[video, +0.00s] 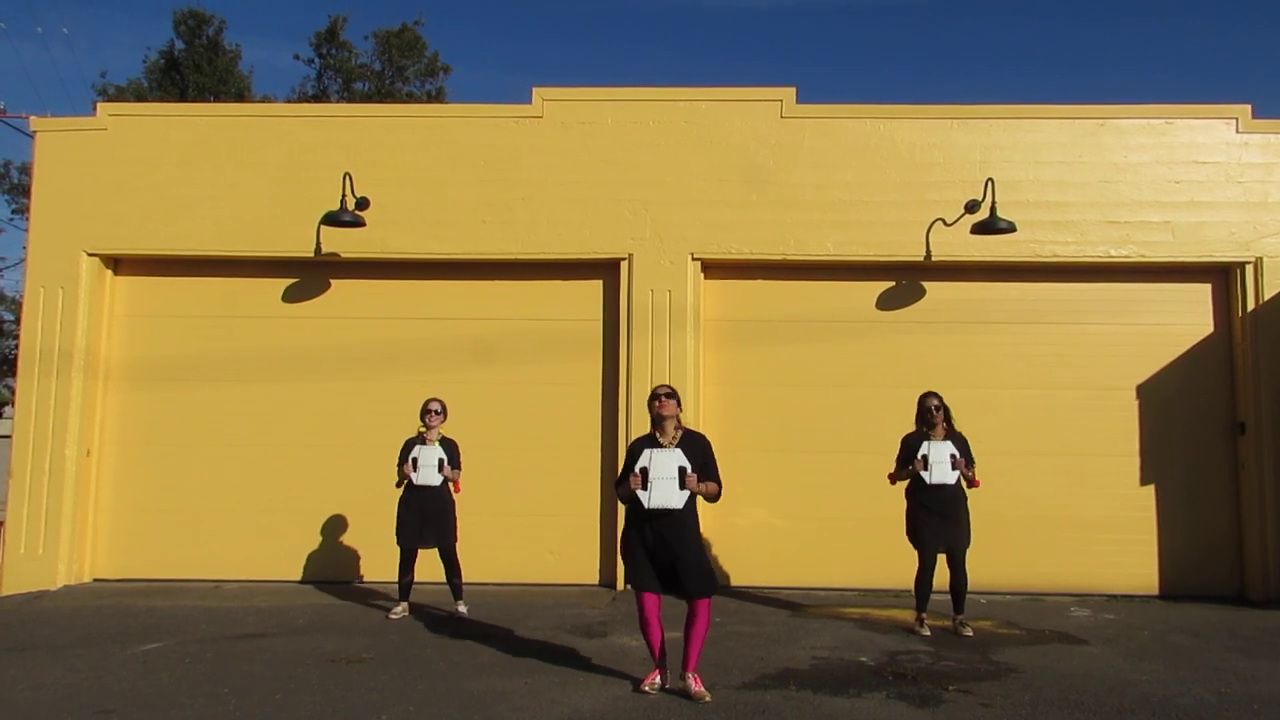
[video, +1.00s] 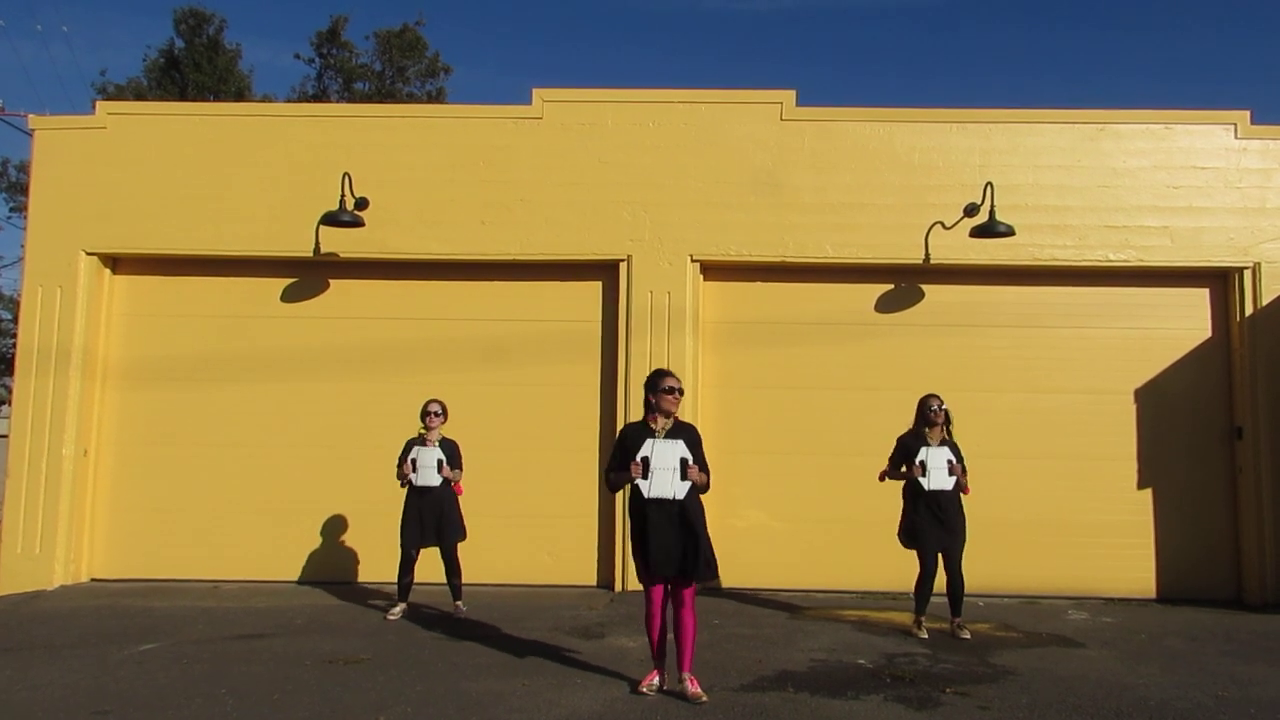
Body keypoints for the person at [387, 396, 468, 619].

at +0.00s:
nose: (432, 416)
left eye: (437, 412)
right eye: (428, 412)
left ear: (443, 417)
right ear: (422, 416)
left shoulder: (449, 445)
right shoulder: (411, 443)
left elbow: (456, 476)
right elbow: (400, 477)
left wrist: (449, 473)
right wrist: (404, 473)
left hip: (440, 505)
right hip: (412, 505)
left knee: (448, 554)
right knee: (407, 554)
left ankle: (459, 603)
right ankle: (403, 603)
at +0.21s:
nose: (430, 417)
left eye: (435, 413)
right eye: (426, 413)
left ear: (442, 417)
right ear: (420, 416)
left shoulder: (448, 444)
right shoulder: (409, 443)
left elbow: (456, 476)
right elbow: (400, 477)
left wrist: (448, 469)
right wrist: (405, 469)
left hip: (440, 505)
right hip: (412, 504)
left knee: (446, 553)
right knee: (407, 553)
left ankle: (458, 602)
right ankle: (402, 602)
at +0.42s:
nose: (430, 418)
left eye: (435, 415)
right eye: (426, 414)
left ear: (441, 419)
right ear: (420, 418)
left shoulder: (448, 446)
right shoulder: (410, 445)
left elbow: (456, 476)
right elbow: (398, 477)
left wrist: (448, 473)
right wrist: (403, 473)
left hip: (442, 505)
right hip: (414, 504)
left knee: (448, 553)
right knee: (408, 554)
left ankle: (458, 603)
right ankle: (402, 603)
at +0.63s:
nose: (430, 415)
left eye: (435, 412)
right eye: (426, 412)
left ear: (442, 416)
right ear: (421, 417)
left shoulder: (450, 445)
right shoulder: (412, 446)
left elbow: (460, 473)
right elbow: (403, 475)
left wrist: (448, 473)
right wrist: (405, 473)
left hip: (442, 506)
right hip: (414, 505)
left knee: (448, 555)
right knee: (408, 554)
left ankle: (458, 605)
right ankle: (402, 604)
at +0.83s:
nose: (431, 415)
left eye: (435, 411)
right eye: (427, 412)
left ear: (443, 416)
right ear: (422, 416)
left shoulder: (450, 444)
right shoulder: (412, 443)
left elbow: (460, 474)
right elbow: (401, 476)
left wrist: (448, 468)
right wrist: (406, 469)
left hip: (443, 506)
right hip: (415, 505)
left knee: (448, 554)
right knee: (409, 554)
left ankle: (457, 603)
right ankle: (401, 602)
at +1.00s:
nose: (432, 417)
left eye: (436, 414)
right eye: (428, 414)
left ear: (444, 418)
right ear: (423, 417)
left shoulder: (450, 446)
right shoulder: (412, 445)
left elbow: (458, 476)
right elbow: (400, 476)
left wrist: (449, 473)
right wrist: (405, 473)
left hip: (444, 507)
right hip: (416, 506)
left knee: (449, 554)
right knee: (408, 554)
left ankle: (457, 602)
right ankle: (401, 602)